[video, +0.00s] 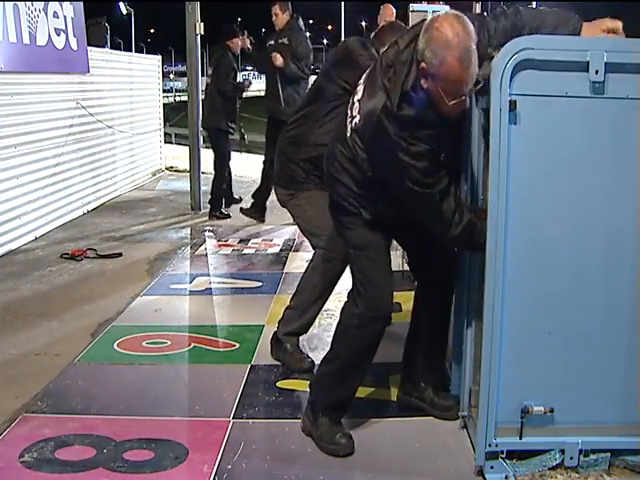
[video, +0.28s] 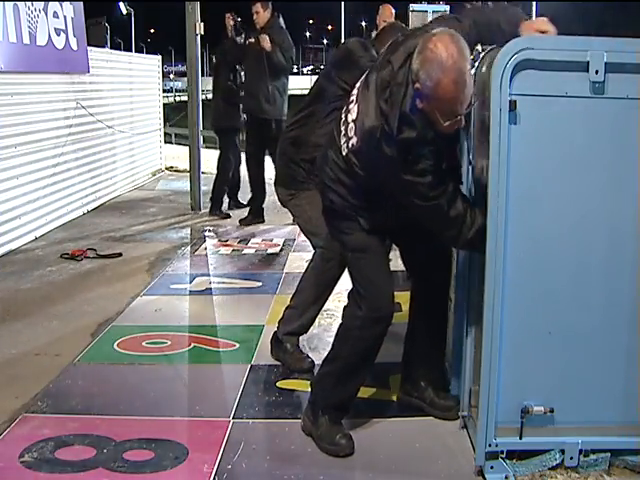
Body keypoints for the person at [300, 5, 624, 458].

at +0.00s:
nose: (464, 101)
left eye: (469, 88)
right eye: (453, 91)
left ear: (475, 55)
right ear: (425, 71)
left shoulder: (458, 34)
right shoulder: (403, 117)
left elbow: (510, 23)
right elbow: (440, 210)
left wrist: (578, 28)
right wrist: (505, 238)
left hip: (411, 187)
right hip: (359, 186)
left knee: (439, 273)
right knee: (374, 300)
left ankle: (420, 382)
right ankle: (322, 409)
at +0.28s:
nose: (455, 120)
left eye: (462, 109)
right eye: (446, 113)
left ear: (467, 75)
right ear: (419, 95)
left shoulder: (443, 43)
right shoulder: (396, 134)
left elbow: (473, 19)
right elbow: (453, 221)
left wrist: (520, 26)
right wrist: (514, 235)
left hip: (410, 188)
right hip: (353, 192)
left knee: (433, 273)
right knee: (375, 303)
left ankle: (421, 380)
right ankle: (322, 410)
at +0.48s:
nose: (444, 130)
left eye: (451, 118)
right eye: (434, 124)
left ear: (459, 85)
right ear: (409, 101)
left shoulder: (411, 39)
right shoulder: (401, 154)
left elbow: (440, 15)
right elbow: (435, 239)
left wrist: (471, 25)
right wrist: (494, 283)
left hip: (397, 194)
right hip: (345, 196)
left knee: (425, 282)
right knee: (371, 306)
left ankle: (423, 384)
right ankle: (322, 409)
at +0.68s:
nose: (437, 101)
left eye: (444, 90)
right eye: (428, 96)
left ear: (452, 56)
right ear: (401, 76)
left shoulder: (411, 29)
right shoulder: (377, 125)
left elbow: (436, 54)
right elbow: (402, 232)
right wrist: (447, 323)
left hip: (387, 185)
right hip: (333, 191)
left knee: (421, 284)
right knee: (363, 301)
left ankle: (424, 387)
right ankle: (322, 411)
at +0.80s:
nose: (434, 90)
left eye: (442, 77)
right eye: (425, 80)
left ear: (450, 50)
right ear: (397, 62)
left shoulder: (424, 32)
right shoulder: (363, 105)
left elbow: (442, 86)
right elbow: (371, 217)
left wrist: (461, 142)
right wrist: (404, 307)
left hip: (391, 180)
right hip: (337, 184)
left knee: (415, 284)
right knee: (354, 297)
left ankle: (420, 388)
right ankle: (321, 410)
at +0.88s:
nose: (433, 85)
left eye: (440, 73)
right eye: (424, 75)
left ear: (448, 48)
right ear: (395, 55)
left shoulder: (432, 48)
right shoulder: (353, 97)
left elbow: (446, 102)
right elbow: (353, 209)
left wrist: (461, 163)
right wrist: (386, 299)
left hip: (388, 184)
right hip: (335, 191)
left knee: (410, 281)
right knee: (348, 300)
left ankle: (420, 389)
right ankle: (322, 411)